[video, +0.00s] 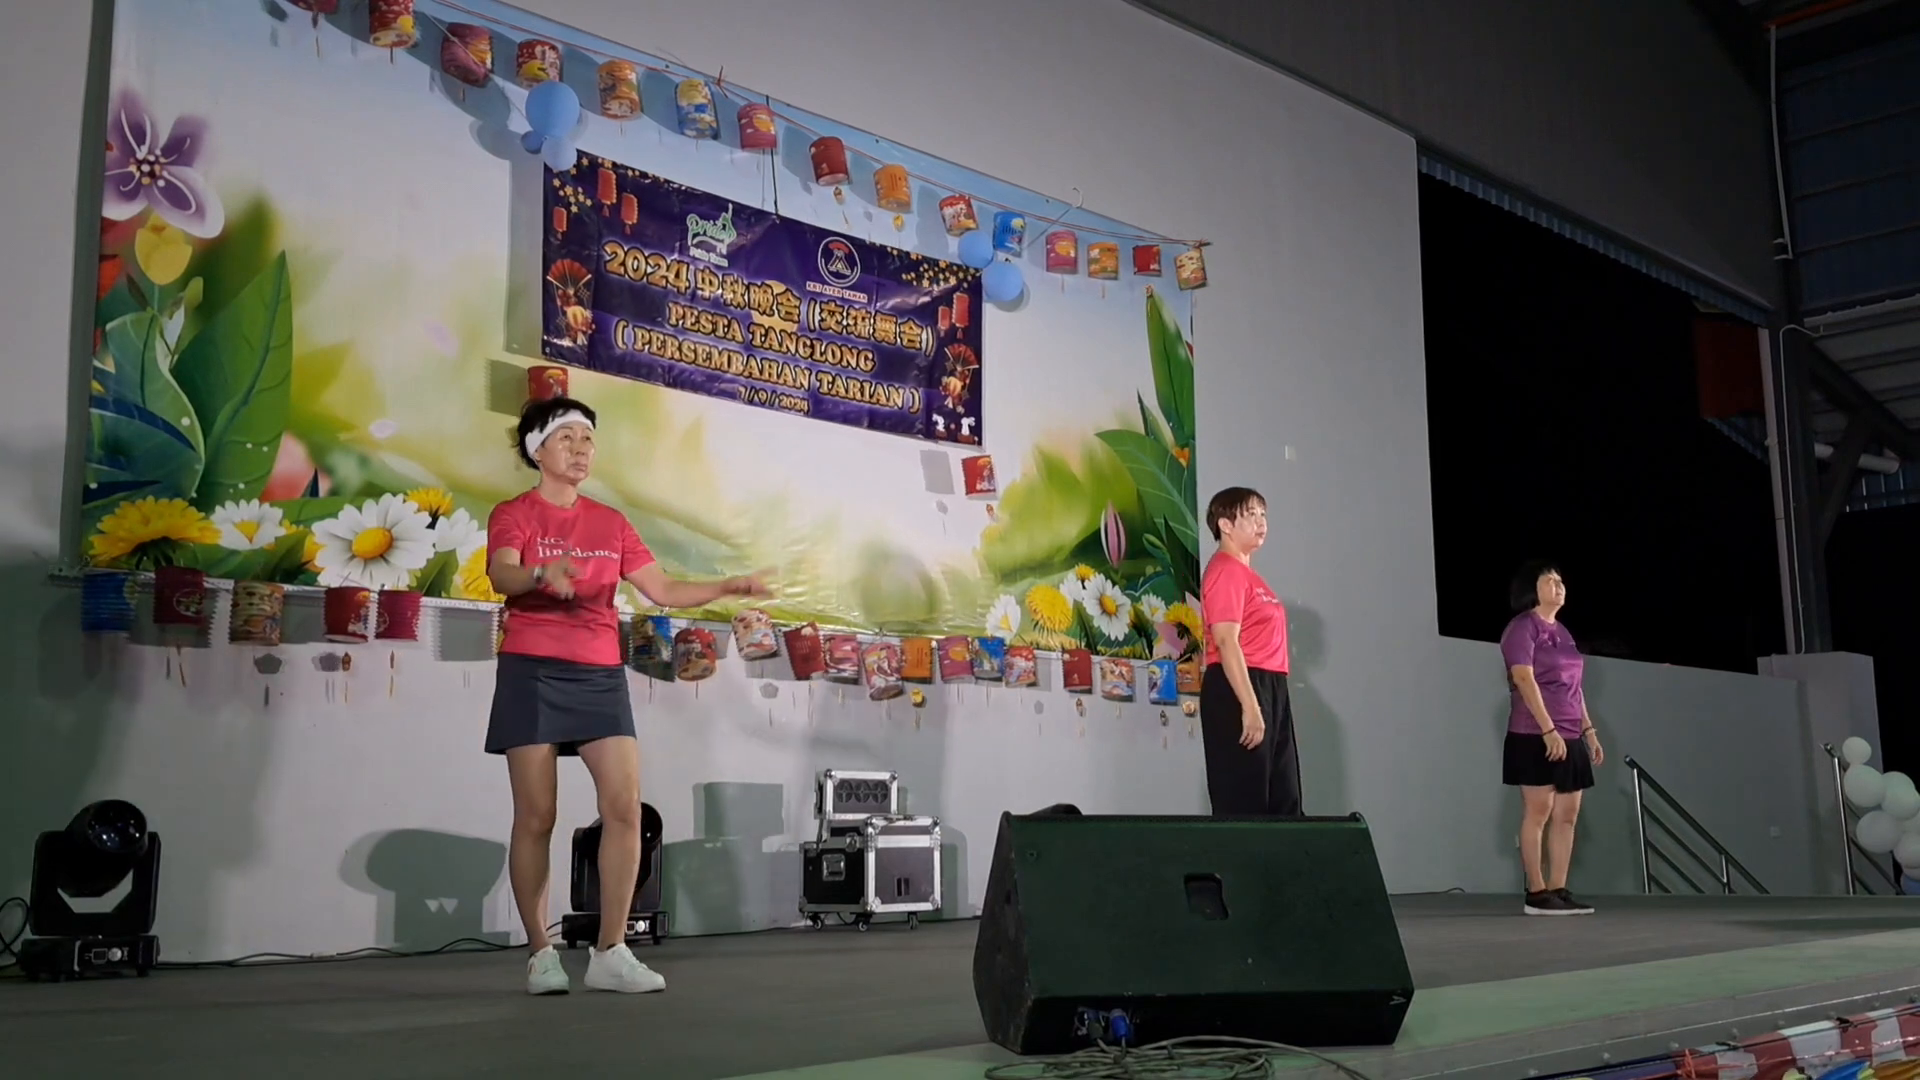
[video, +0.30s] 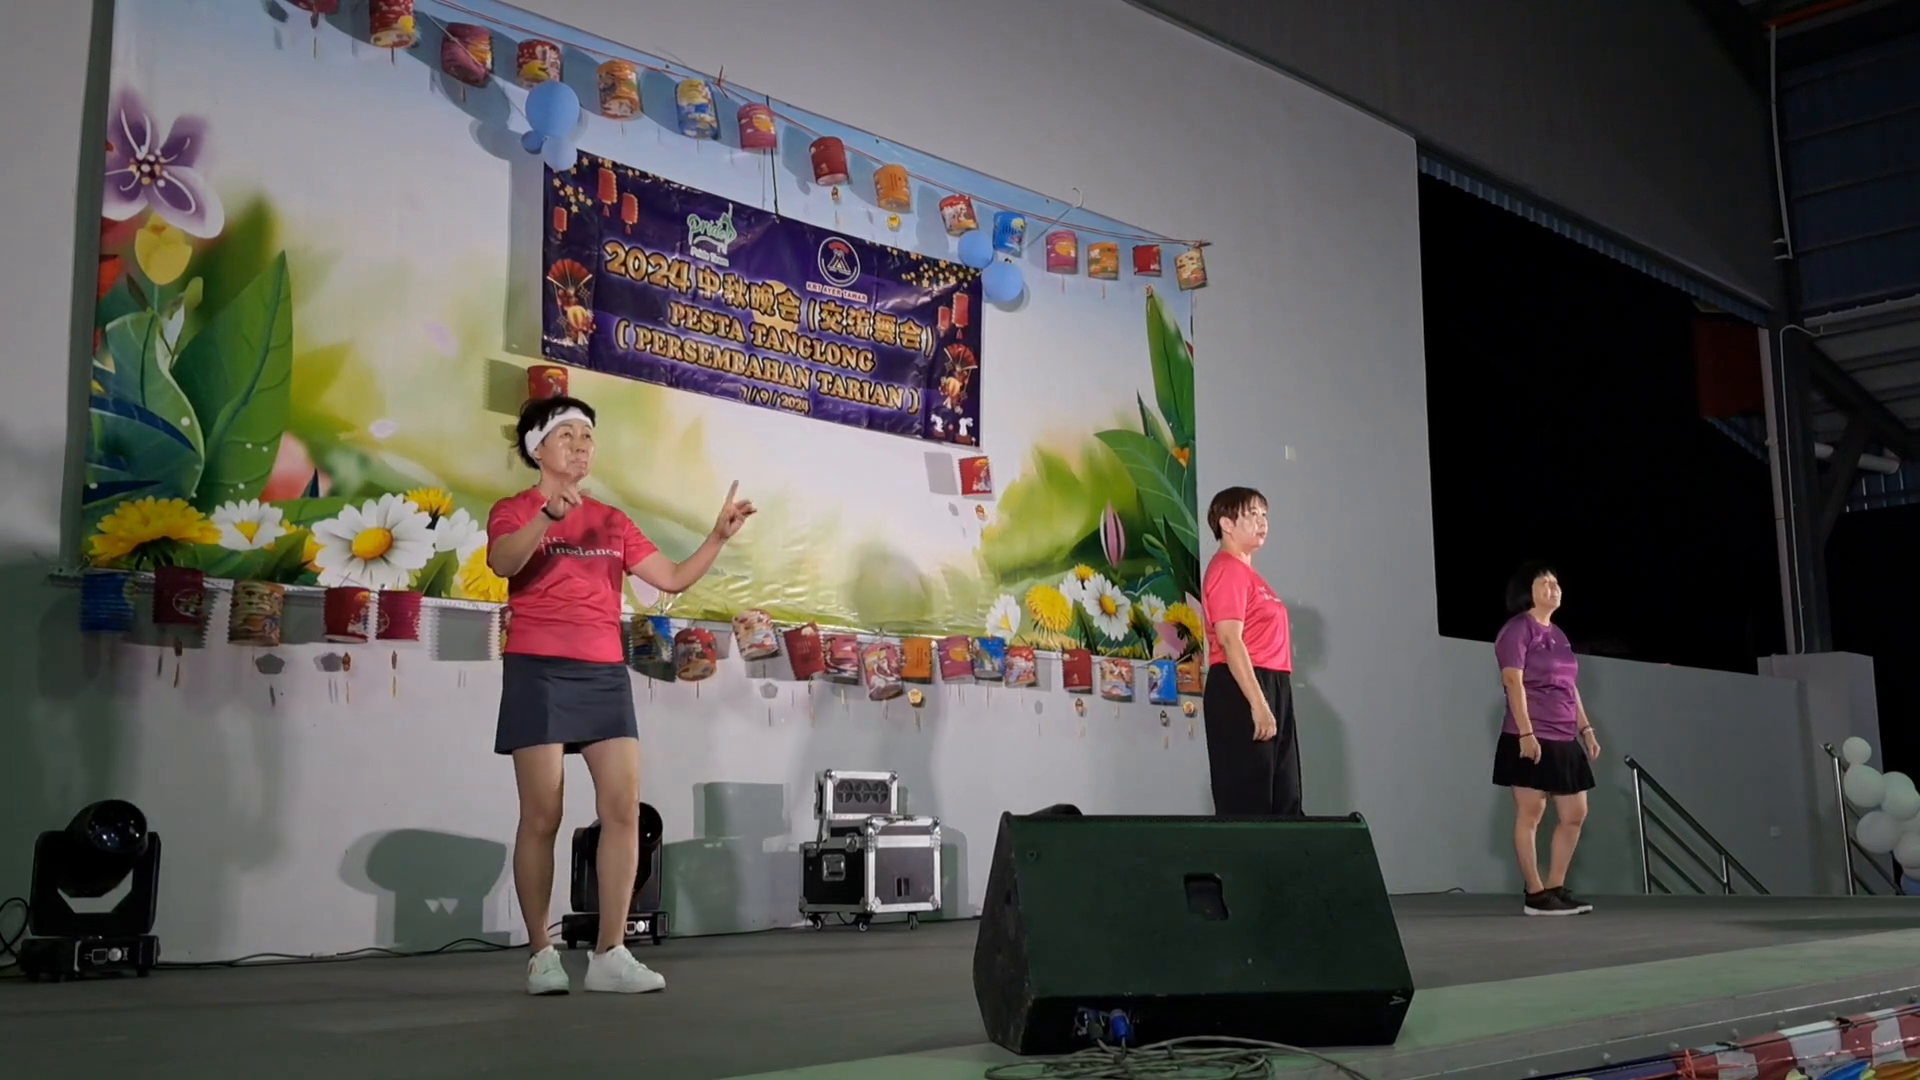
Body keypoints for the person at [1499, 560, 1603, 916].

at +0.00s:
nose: (1558, 586)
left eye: (1560, 581)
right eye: (1549, 581)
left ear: (1563, 592)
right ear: (1532, 589)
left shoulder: (1564, 634)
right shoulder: (1522, 628)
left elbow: (1573, 687)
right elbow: (1524, 681)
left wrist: (1588, 731)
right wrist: (1549, 730)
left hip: (1570, 737)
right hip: (1534, 735)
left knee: (1567, 815)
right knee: (1537, 811)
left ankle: (1558, 890)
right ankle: (1537, 892)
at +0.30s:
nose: (1553, 588)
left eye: (1555, 584)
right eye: (1544, 583)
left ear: (1559, 593)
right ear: (1528, 592)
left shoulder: (1560, 636)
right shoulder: (1517, 629)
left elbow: (1570, 688)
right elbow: (1513, 684)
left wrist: (1584, 728)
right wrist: (1526, 733)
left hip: (1565, 741)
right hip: (1529, 739)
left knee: (1574, 813)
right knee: (1530, 813)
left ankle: (1555, 889)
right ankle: (1535, 893)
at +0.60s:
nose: (1550, 587)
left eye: (1553, 582)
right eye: (1541, 582)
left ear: (1558, 592)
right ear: (1526, 591)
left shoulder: (1561, 635)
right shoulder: (1516, 629)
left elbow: (1573, 687)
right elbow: (1510, 682)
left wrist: (1588, 729)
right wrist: (1522, 732)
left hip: (1570, 739)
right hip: (1535, 737)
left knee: (1566, 815)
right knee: (1535, 812)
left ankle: (1555, 891)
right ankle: (1535, 893)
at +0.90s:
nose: (1551, 588)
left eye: (1553, 583)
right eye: (1542, 583)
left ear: (1558, 592)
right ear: (1526, 592)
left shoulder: (1559, 633)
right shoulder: (1519, 629)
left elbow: (1570, 689)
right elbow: (1520, 682)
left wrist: (1587, 732)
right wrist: (1544, 730)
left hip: (1571, 738)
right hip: (1538, 736)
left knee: (1563, 816)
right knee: (1539, 812)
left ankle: (1556, 891)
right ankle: (1536, 892)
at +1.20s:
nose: (1553, 588)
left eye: (1555, 583)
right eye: (1544, 583)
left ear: (1559, 592)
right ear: (1528, 592)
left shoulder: (1560, 633)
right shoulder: (1522, 628)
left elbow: (1569, 690)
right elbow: (1524, 681)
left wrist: (1583, 737)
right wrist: (1551, 728)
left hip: (1571, 737)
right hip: (1539, 735)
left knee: (1564, 815)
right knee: (1546, 811)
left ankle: (1555, 891)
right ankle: (1536, 892)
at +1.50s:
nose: (1551, 590)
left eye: (1554, 585)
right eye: (1542, 585)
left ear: (1558, 594)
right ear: (1526, 593)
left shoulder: (1556, 634)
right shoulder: (1521, 629)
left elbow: (1563, 685)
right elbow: (1523, 682)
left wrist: (1575, 730)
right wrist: (1547, 730)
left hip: (1572, 736)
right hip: (1541, 736)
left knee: (1565, 816)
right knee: (1547, 812)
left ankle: (1555, 890)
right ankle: (1537, 892)